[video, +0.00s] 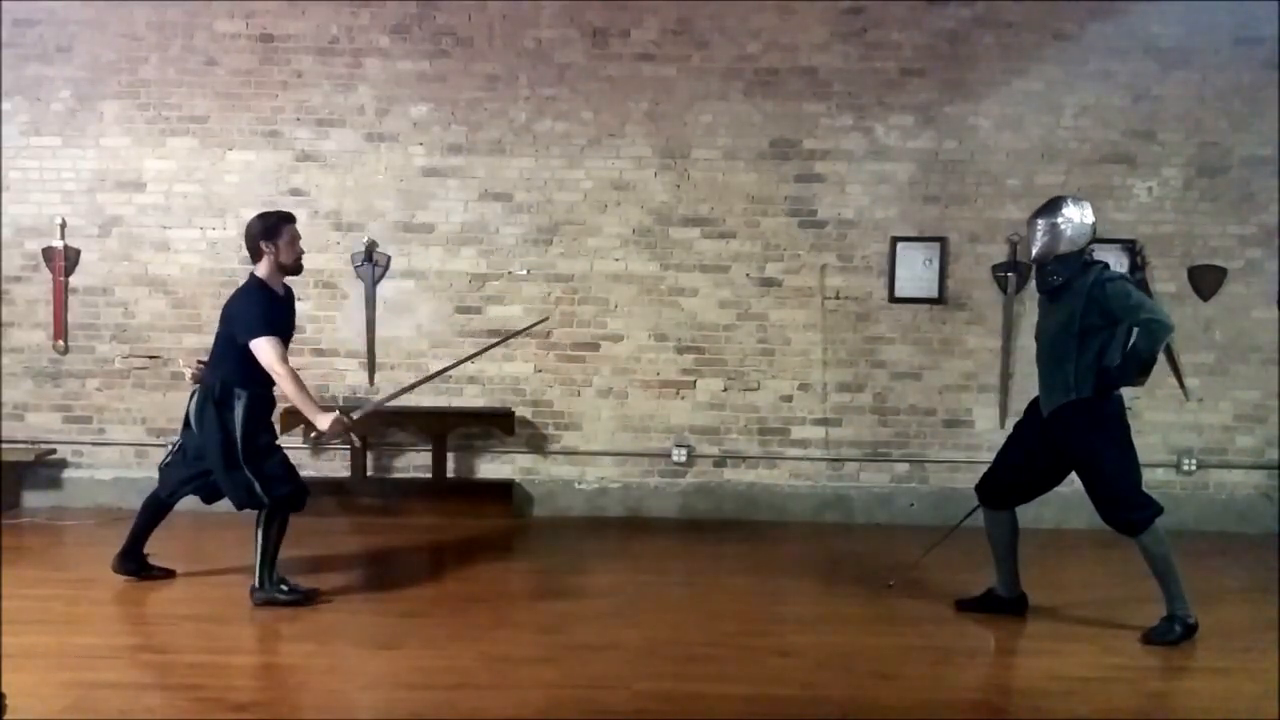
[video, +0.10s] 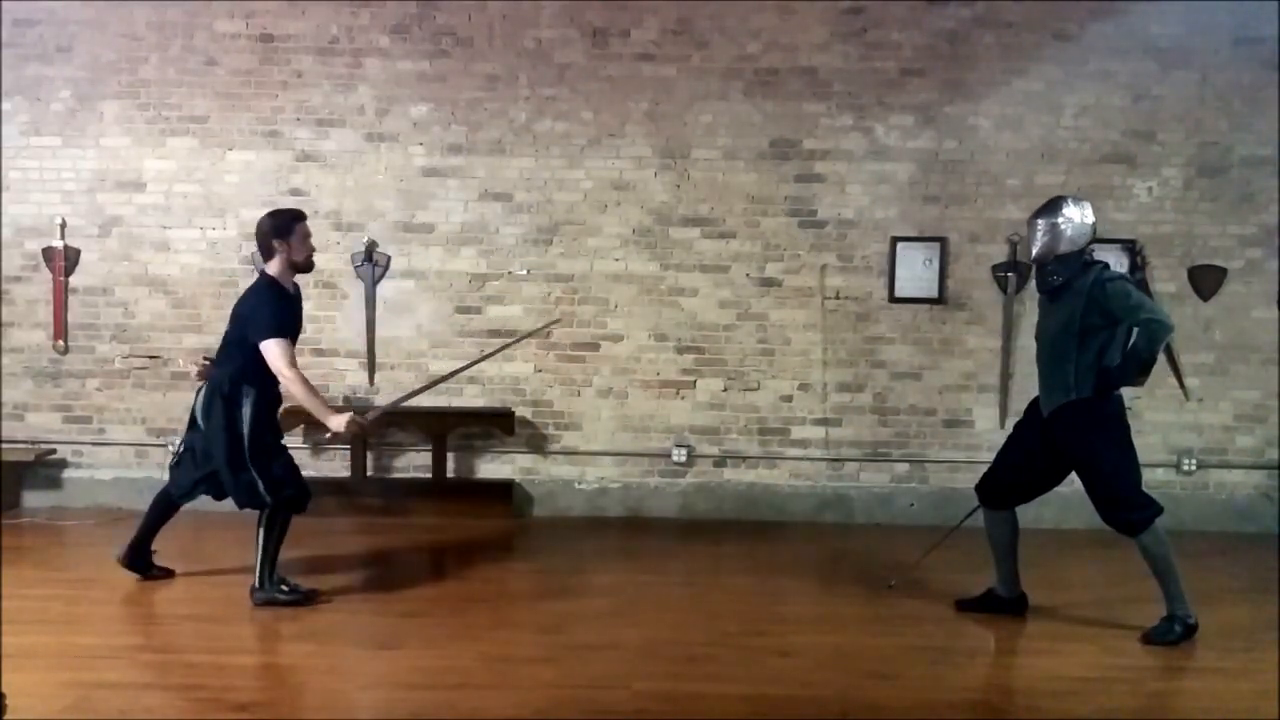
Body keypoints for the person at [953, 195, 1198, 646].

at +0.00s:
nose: (1035, 242)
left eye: (1043, 233)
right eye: (1035, 233)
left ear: (1067, 234)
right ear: (1056, 233)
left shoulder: (1100, 282)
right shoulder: (1052, 283)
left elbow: (1157, 322)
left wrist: (1129, 370)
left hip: (1094, 416)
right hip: (1051, 414)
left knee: (1131, 512)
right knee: (995, 492)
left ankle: (1180, 614)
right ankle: (1008, 592)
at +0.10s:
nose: (1035, 242)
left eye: (1043, 232)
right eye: (1035, 232)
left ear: (1067, 233)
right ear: (1055, 233)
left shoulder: (1100, 282)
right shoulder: (1053, 283)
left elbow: (1157, 322)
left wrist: (1129, 371)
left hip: (1094, 416)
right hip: (1051, 414)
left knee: (1132, 512)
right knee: (995, 492)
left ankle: (1180, 614)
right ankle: (1007, 592)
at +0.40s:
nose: (1036, 242)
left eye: (1045, 232)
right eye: (1036, 232)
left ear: (1069, 234)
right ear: (1053, 235)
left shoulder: (1102, 282)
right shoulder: (1054, 284)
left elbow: (1157, 321)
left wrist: (1127, 373)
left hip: (1095, 416)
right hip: (1051, 414)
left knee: (1131, 512)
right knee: (995, 493)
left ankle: (1180, 614)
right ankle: (1008, 592)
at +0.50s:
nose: (1036, 242)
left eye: (1043, 232)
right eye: (1035, 232)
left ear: (1068, 234)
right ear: (1056, 234)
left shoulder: (1101, 282)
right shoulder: (1055, 284)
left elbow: (1158, 321)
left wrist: (1127, 372)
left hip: (1095, 415)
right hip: (1052, 413)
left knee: (1130, 512)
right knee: (996, 492)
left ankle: (1180, 614)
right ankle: (1008, 593)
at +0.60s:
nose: (1036, 241)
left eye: (1044, 231)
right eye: (1035, 231)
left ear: (1070, 234)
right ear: (1052, 234)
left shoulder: (1101, 281)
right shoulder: (1055, 284)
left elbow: (1157, 320)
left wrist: (1125, 373)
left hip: (1095, 416)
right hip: (1052, 413)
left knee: (1130, 512)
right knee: (996, 493)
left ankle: (1180, 614)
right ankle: (1008, 593)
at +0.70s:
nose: (1036, 241)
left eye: (1045, 231)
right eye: (1036, 231)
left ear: (1070, 233)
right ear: (1054, 234)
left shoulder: (1100, 281)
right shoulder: (1057, 284)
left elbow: (1157, 321)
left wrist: (1125, 373)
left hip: (1096, 416)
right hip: (1053, 413)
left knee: (1130, 512)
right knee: (996, 492)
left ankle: (1181, 614)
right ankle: (1008, 593)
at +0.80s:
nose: (1036, 241)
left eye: (1045, 231)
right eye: (1036, 231)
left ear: (1070, 233)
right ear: (1055, 234)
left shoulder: (1100, 281)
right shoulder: (1056, 282)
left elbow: (1157, 321)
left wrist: (1126, 372)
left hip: (1095, 416)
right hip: (1053, 413)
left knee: (1131, 512)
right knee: (996, 492)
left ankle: (1181, 614)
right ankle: (1008, 593)